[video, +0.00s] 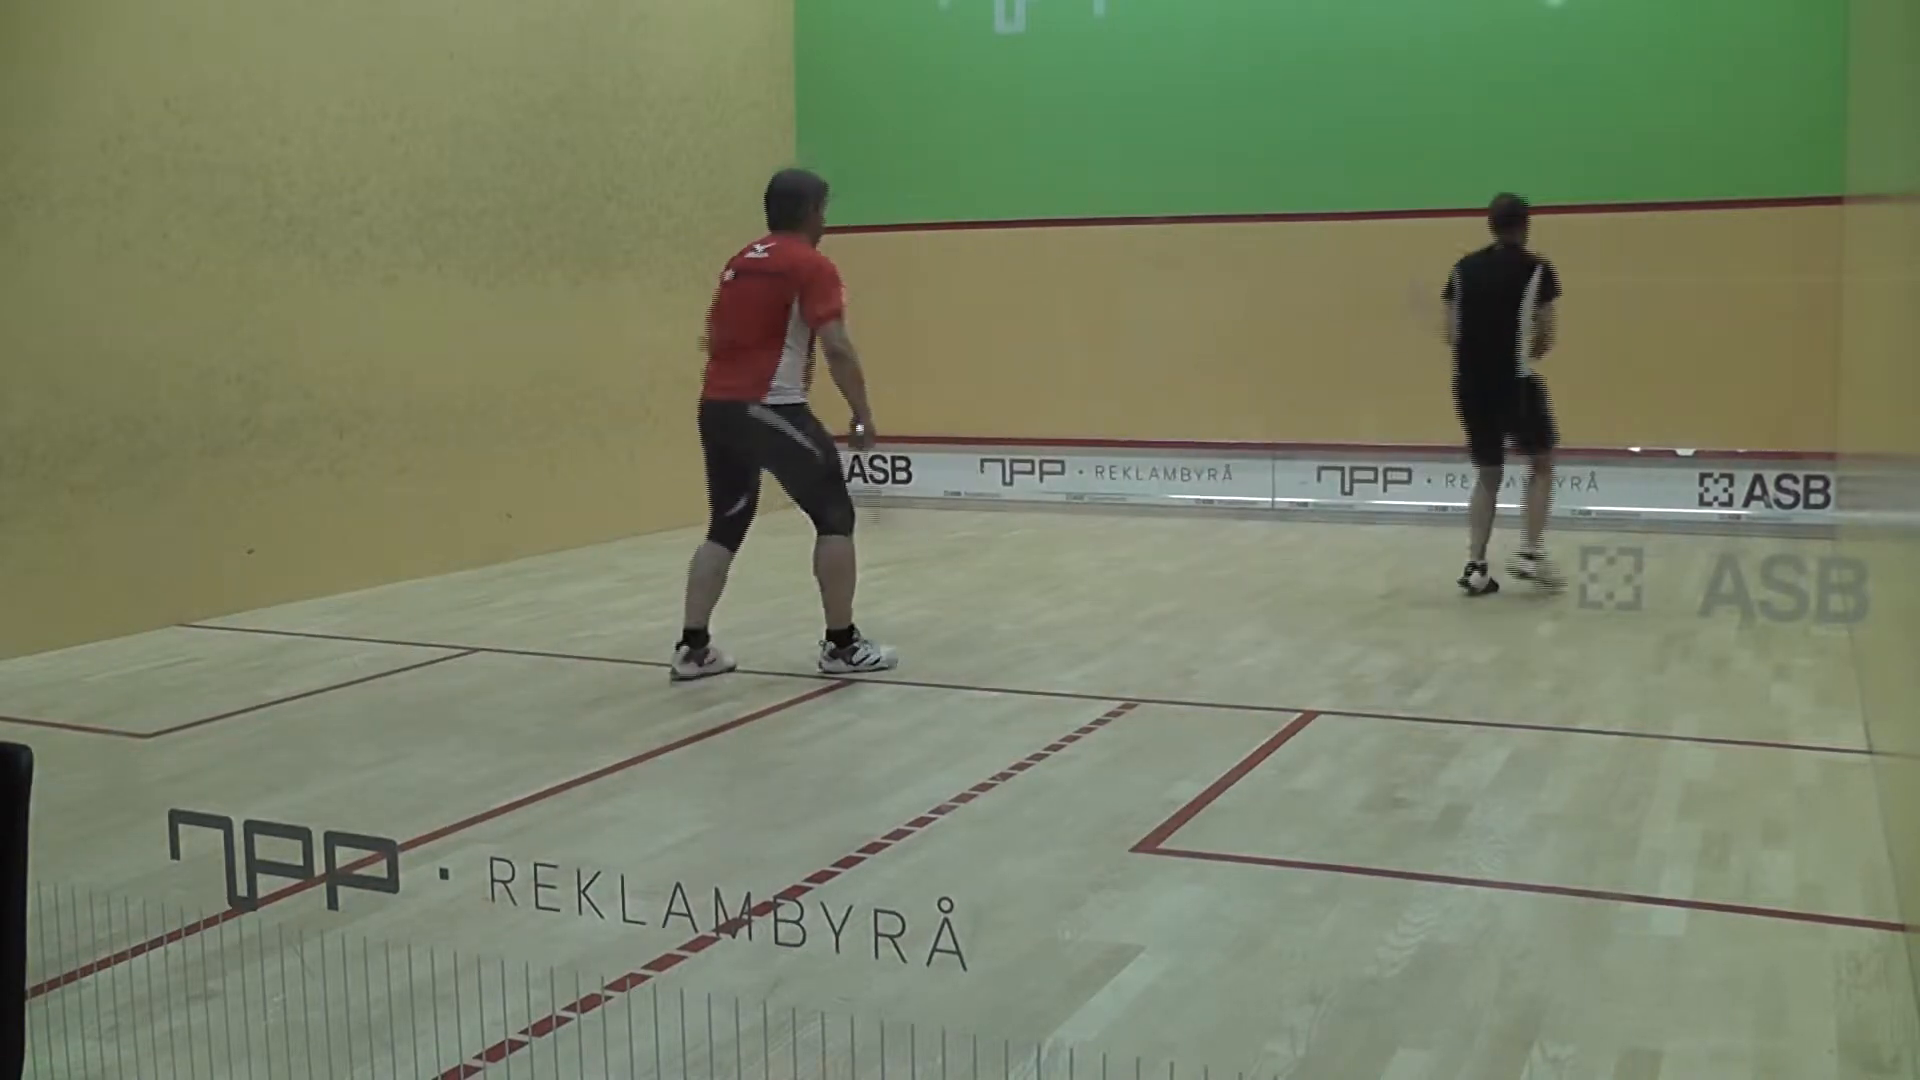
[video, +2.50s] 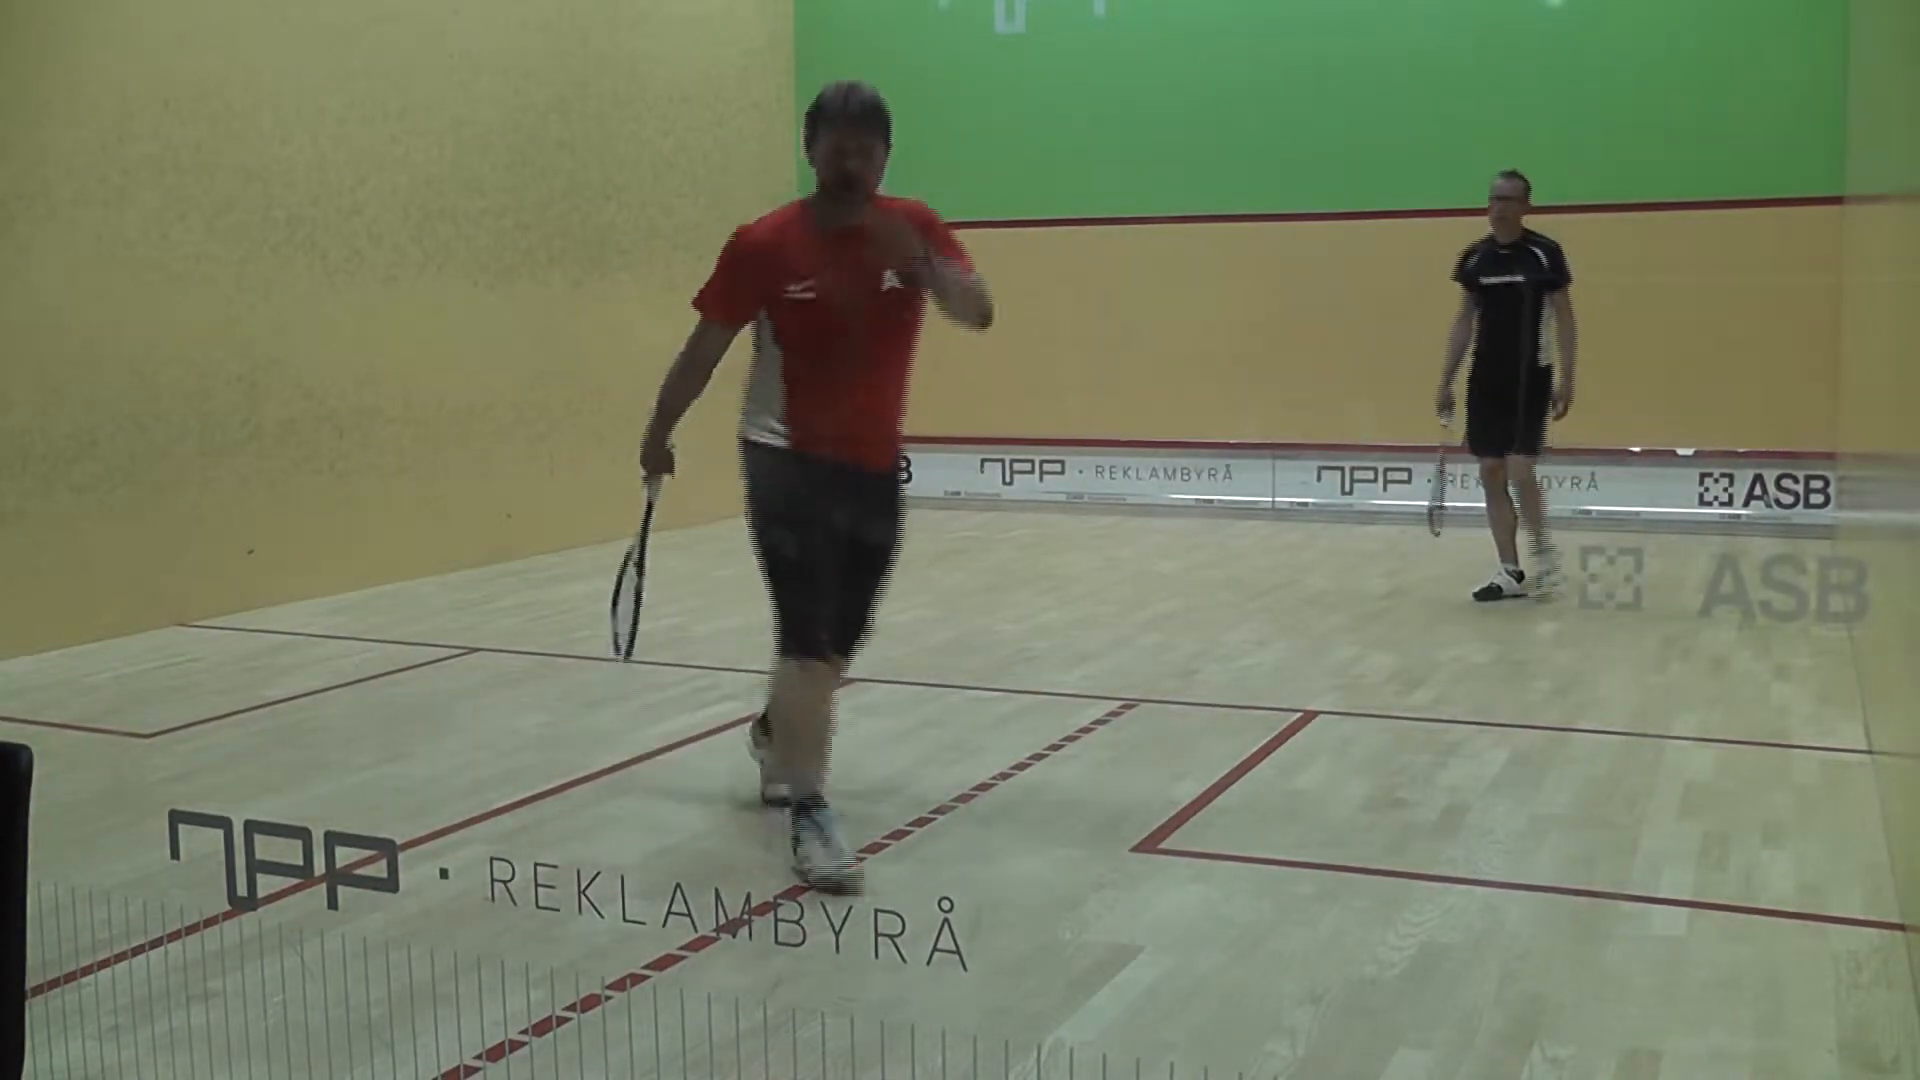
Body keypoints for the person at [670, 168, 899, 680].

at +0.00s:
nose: (826, 218)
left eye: (825, 208)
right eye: (824, 208)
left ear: (771, 212)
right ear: (813, 211)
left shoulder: (743, 259)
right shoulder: (812, 265)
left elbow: (715, 337)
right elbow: (836, 348)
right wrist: (862, 413)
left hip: (719, 410)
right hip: (775, 410)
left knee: (727, 523)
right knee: (834, 516)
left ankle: (692, 646)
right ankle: (842, 644)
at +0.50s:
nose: (769, 216)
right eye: (771, 209)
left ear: (721, 209)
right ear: (769, 214)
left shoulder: (691, 243)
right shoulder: (783, 273)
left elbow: (664, 289)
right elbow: (825, 350)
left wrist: (650, 359)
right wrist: (862, 386)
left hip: (699, 403)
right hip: (766, 403)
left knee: (679, 533)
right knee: (770, 533)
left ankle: (665, 664)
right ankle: (781, 660)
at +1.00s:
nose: (702, 187)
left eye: (697, 178)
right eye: (697, 179)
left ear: (645, 195)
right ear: (688, 189)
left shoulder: (615, 254)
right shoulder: (718, 246)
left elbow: (586, 344)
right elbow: (747, 330)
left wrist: (593, 417)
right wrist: (767, 410)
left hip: (639, 416)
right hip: (705, 411)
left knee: (653, 541)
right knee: (721, 539)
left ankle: (664, 664)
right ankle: (685, 661)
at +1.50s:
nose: (729, 190)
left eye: (729, 178)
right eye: (720, 178)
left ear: (690, 184)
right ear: (683, 181)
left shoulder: (686, 242)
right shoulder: (656, 248)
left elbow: (682, 345)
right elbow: (657, 356)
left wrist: (703, 427)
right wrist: (700, 432)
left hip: (684, 420)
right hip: (645, 423)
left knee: (727, 539)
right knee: (669, 554)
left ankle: (706, 675)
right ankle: (638, 698)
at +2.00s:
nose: (777, 252)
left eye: (790, 239)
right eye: (765, 236)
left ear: (808, 238)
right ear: (741, 230)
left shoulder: (815, 290)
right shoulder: (708, 301)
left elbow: (823, 358)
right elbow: (691, 386)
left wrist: (832, 408)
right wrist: (698, 445)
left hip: (772, 463)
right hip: (693, 466)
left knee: (788, 599)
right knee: (682, 598)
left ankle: (764, 747)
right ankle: (673, 677)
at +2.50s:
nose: (846, 168)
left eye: (862, 153)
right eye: (833, 152)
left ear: (886, 155)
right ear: (808, 150)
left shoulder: (914, 226)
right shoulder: (765, 244)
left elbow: (979, 313)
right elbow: (705, 346)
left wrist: (923, 269)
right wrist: (656, 430)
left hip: (874, 464)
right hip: (788, 458)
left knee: (838, 639)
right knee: (810, 641)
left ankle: (775, 728)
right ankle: (812, 812)